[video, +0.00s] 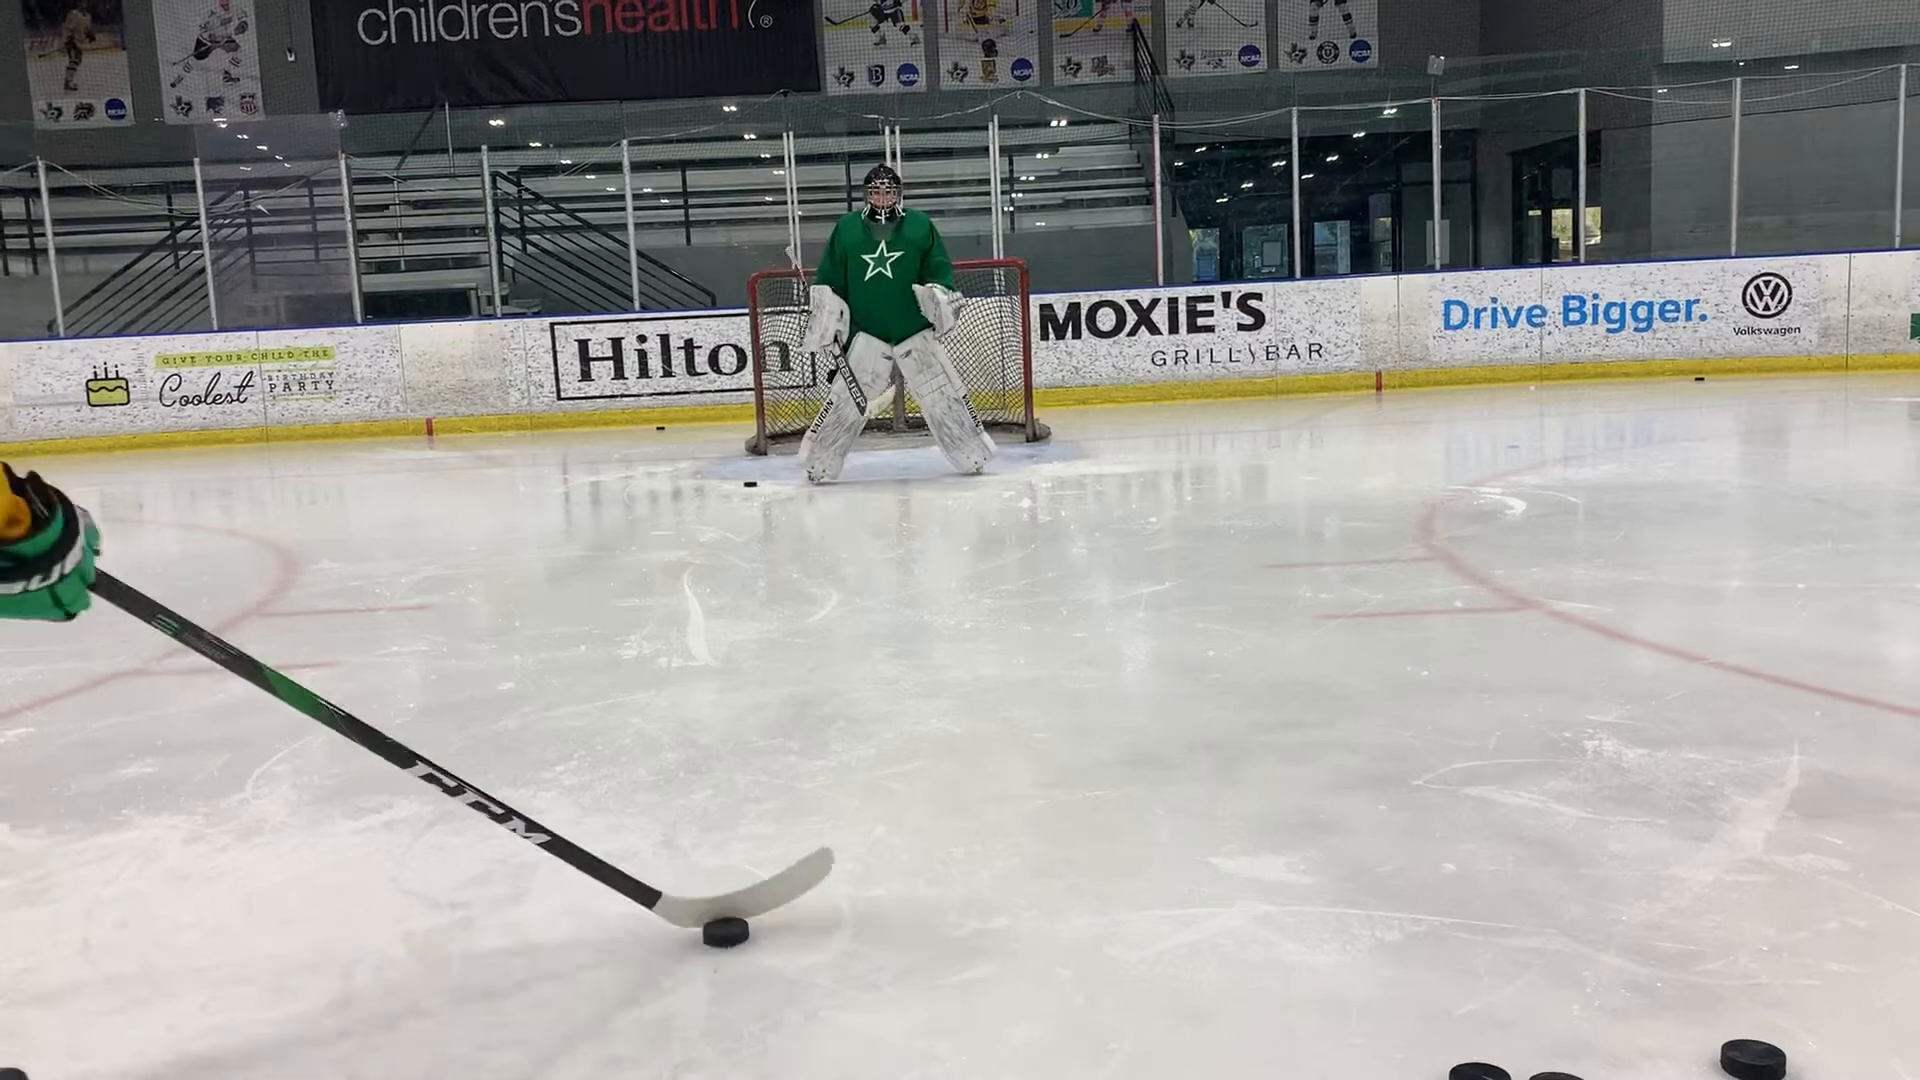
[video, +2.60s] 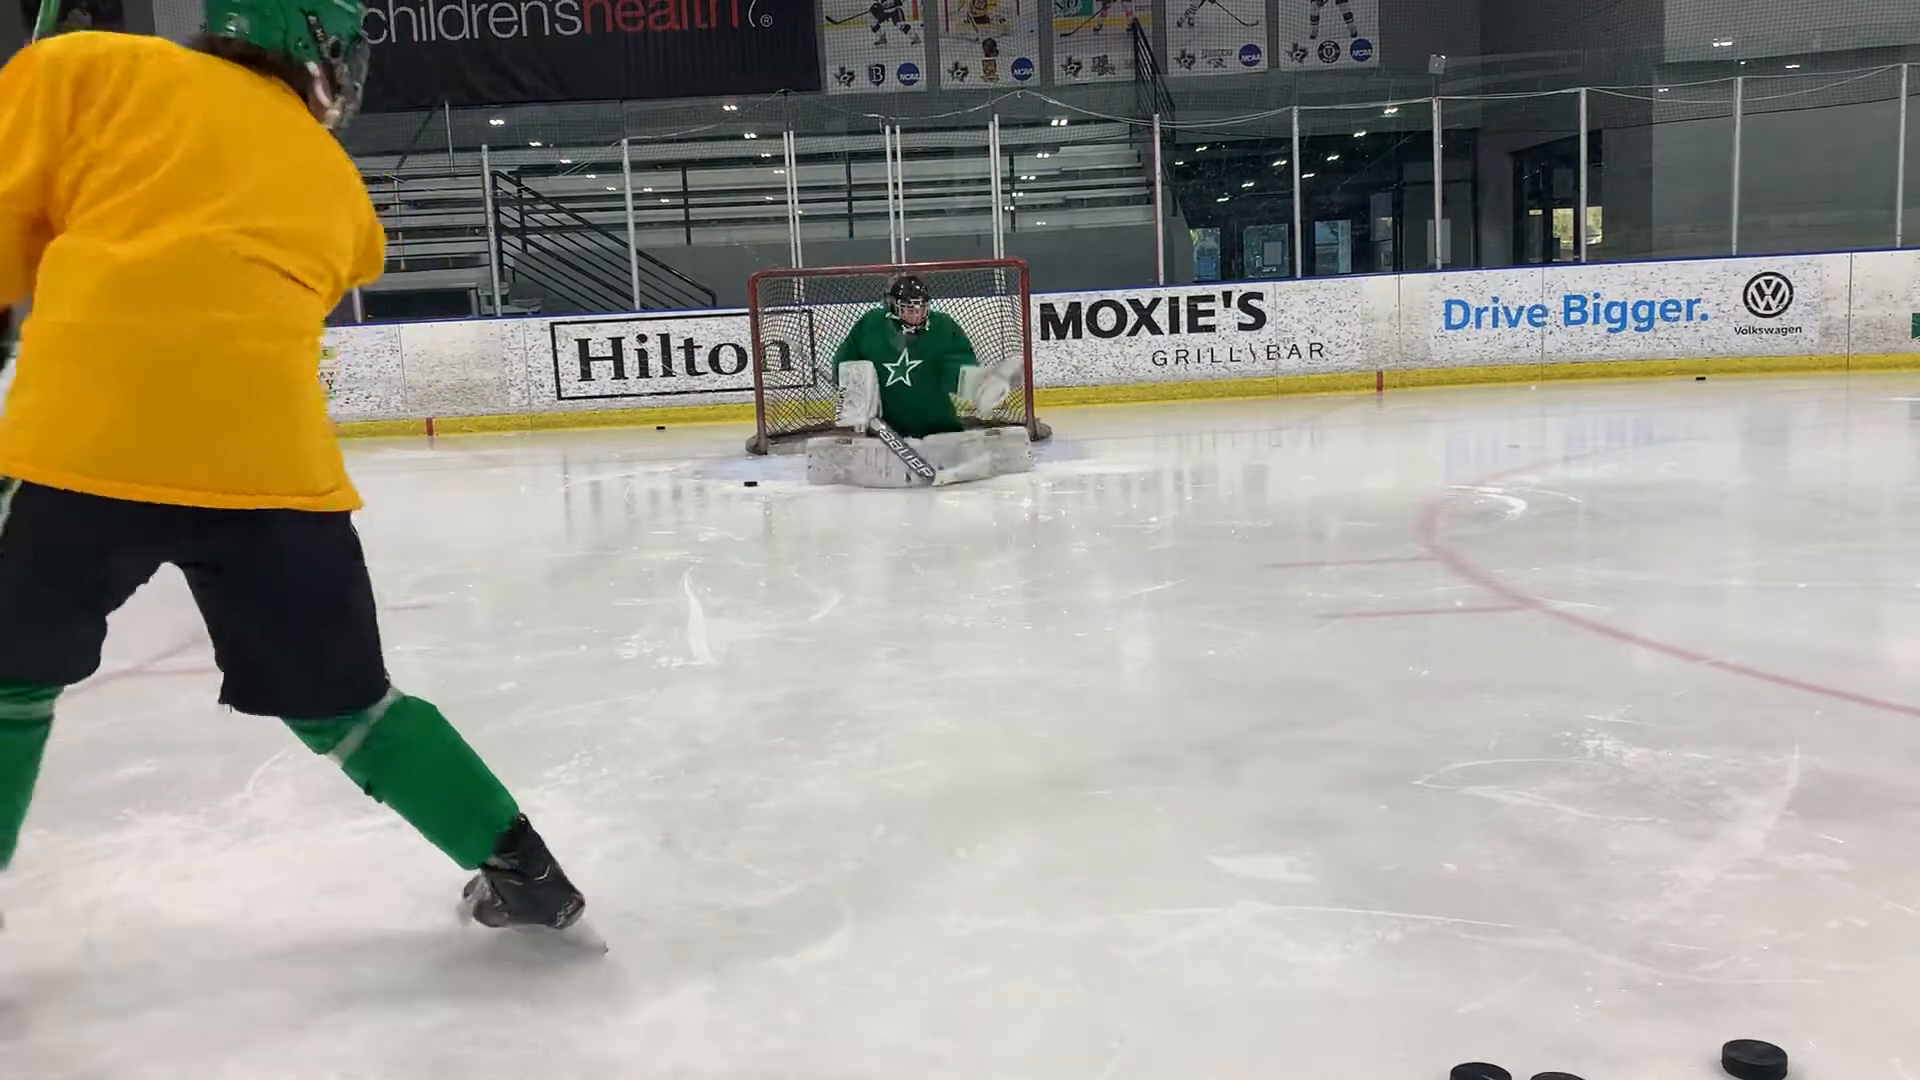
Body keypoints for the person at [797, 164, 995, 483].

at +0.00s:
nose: (882, 196)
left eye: (888, 190)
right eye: (877, 190)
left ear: (898, 193)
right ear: (867, 194)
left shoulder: (919, 225)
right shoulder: (848, 228)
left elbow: (940, 271)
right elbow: (829, 279)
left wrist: (937, 302)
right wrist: (827, 323)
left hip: (915, 329)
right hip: (867, 332)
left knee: (942, 396)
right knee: (846, 402)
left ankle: (971, 459)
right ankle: (821, 469)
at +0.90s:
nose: (891, 219)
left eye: (896, 213)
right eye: (884, 213)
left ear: (906, 214)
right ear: (874, 215)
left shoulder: (926, 240)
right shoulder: (853, 242)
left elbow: (955, 297)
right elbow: (831, 290)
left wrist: (961, 275)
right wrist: (825, 335)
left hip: (921, 333)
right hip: (869, 336)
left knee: (957, 394)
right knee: (843, 401)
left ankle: (990, 458)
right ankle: (815, 468)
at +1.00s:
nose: (892, 246)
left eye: (898, 239)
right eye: (887, 240)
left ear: (908, 240)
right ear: (875, 241)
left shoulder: (924, 265)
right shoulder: (855, 269)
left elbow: (948, 309)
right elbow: (832, 314)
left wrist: (950, 286)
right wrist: (823, 360)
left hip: (924, 346)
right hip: (874, 350)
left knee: (960, 399)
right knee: (850, 407)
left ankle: (996, 459)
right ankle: (815, 468)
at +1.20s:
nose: (896, 285)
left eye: (902, 278)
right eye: (890, 279)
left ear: (912, 279)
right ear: (881, 280)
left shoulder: (928, 301)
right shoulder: (861, 305)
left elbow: (960, 350)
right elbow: (836, 341)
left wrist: (948, 320)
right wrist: (831, 380)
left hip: (927, 374)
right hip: (880, 380)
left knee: (964, 414)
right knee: (855, 426)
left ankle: (1009, 457)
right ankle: (813, 468)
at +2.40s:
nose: (902, 305)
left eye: (907, 298)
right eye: (896, 298)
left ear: (918, 298)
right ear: (886, 298)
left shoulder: (936, 317)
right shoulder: (865, 319)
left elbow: (964, 370)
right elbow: (834, 352)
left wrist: (962, 347)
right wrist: (834, 388)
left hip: (931, 402)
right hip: (880, 408)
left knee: (961, 410)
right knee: (853, 437)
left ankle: (1008, 453)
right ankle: (815, 467)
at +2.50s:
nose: (906, 308)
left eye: (912, 302)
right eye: (900, 302)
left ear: (920, 300)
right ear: (889, 300)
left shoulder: (938, 321)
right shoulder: (865, 319)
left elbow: (963, 365)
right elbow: (834, 355)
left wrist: (982, 358)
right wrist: (847, 379)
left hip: (935, 418)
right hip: (883, 419)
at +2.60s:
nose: (916, 314)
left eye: (921, 308)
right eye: (909, 309)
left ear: (927, 305)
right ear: (893, 306)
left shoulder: (944, 327)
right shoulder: (870, 326)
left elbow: (957, 369)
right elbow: (842, 364)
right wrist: (858, 391)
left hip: (938, 424)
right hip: (888, 426)